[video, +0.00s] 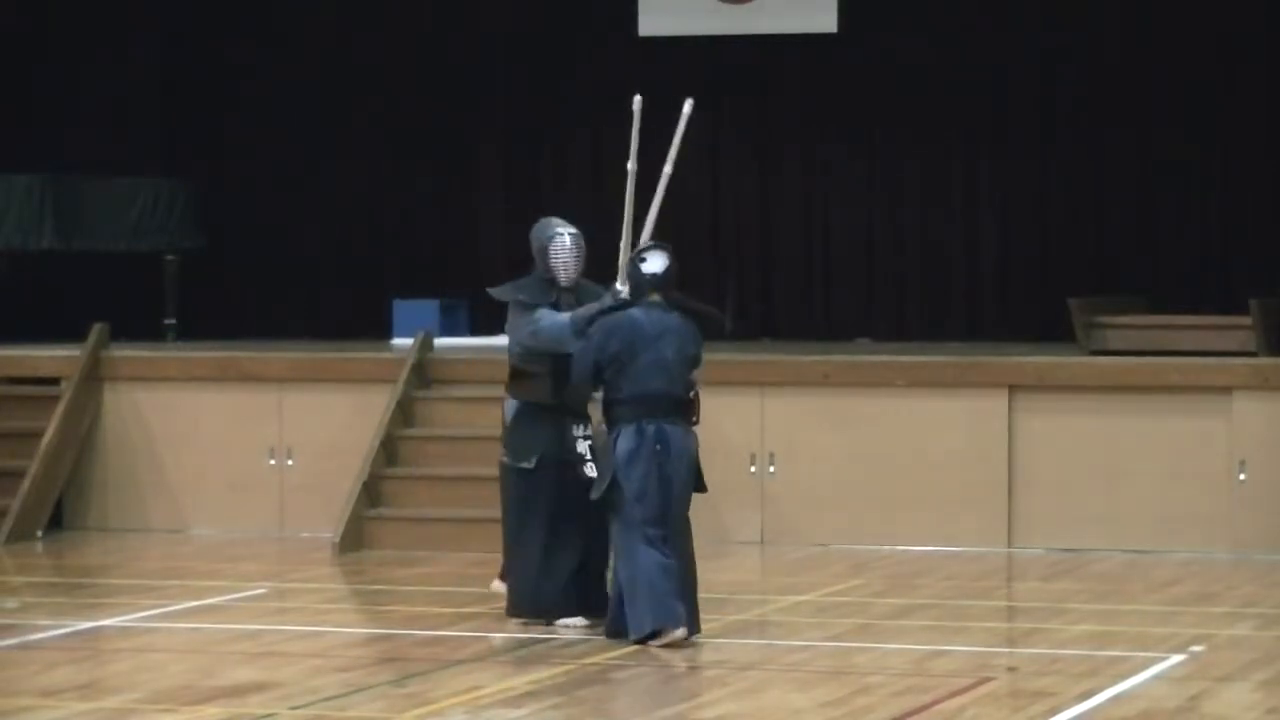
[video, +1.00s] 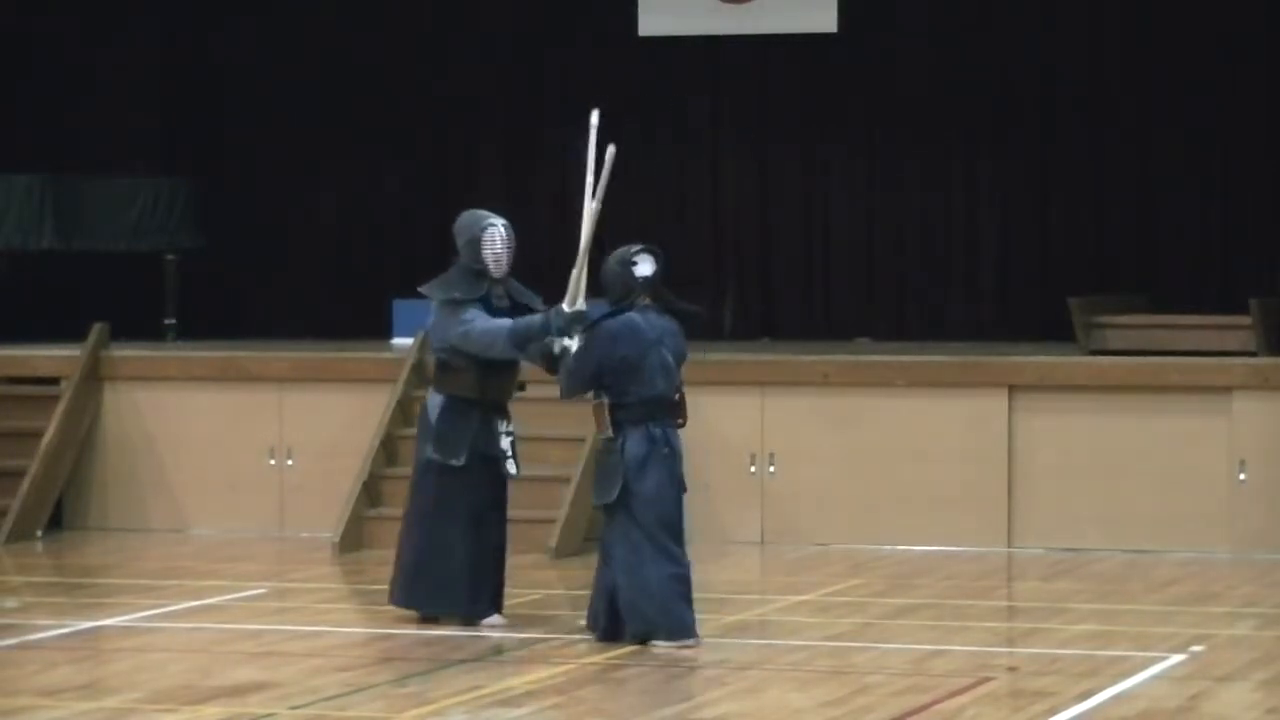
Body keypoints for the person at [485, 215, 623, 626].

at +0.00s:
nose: (567, 259)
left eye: (574, 250)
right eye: (559, 251)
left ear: (583, 255)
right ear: (541, 254)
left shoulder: (593, 298)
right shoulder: (524, 301)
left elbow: (618, 333)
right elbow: (548, 332)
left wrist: (635, 298)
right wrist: (609, 303)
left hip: (578, 415)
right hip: (535, 415)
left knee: (586, 509)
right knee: (541, 508)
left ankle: (584, 603)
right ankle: (546, 605)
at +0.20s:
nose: (550, 257)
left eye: (556, 248)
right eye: (541, 249)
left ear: (565, 252)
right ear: (523, 253)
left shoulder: (567, 296)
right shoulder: (506, 303)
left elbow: (603, 316)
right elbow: (547, 331)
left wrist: (634, 308)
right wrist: (597, 319)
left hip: (552, 411)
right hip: (514, 412)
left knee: (551, 504)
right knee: (526, 505)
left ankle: (553, 597)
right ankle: (528, 600)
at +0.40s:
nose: (539, 255)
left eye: (544, 246)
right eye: (531, 246)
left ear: (550, 249)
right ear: (509, 250)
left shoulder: (546, 293)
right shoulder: (493, 302)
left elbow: (582, 312)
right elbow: (533, 329)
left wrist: (621, 305)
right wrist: (593, 318)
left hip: (536, 411)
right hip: (501, 411)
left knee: (534, 507)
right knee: (501, 506)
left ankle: (527, 600)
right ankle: (478, 601)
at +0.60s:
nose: (523, 253)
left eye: (528, 244)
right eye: (514, 245)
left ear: (536, 248)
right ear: (494, 249)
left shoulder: (539, 296)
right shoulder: (477, 301)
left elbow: (573, 335)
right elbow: (512, 337)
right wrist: (571, 337)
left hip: (516, 413)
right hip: (479, 412)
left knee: (515, 508)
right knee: (483, 508)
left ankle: (509, 600)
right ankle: (477, 604)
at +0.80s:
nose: (511, 252)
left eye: (516, 243)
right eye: (502, 244)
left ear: (522, 247)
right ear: (481, 248)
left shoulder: (530, 297)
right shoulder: (463, 301)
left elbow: (558, 347)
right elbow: (494, 341)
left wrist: (579, 344)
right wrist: (557, 340)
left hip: (503, 412)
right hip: (464, 412)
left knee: (500, 506)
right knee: (469, 506)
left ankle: (487, 601)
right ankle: (467, 604)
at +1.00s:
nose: (500, 254)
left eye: (505, 245)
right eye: (491, 245)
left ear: (511, 248)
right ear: (470, 250)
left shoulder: (513, 298)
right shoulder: (451, 304)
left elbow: (541, 347)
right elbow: (490, 335)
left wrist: (566, 341)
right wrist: (548, 321)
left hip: (491, 414)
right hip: (452, 413)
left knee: (487, 509)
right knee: (450, 508)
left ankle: (481, 606)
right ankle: (436, 604)